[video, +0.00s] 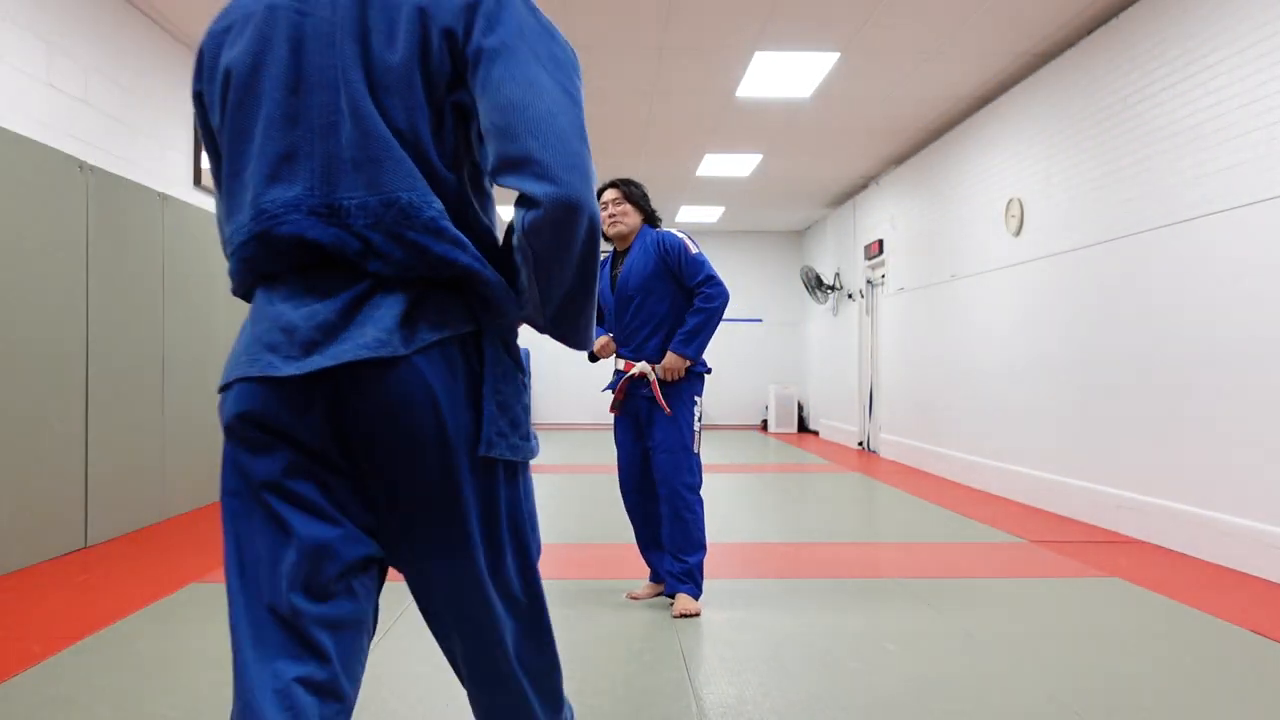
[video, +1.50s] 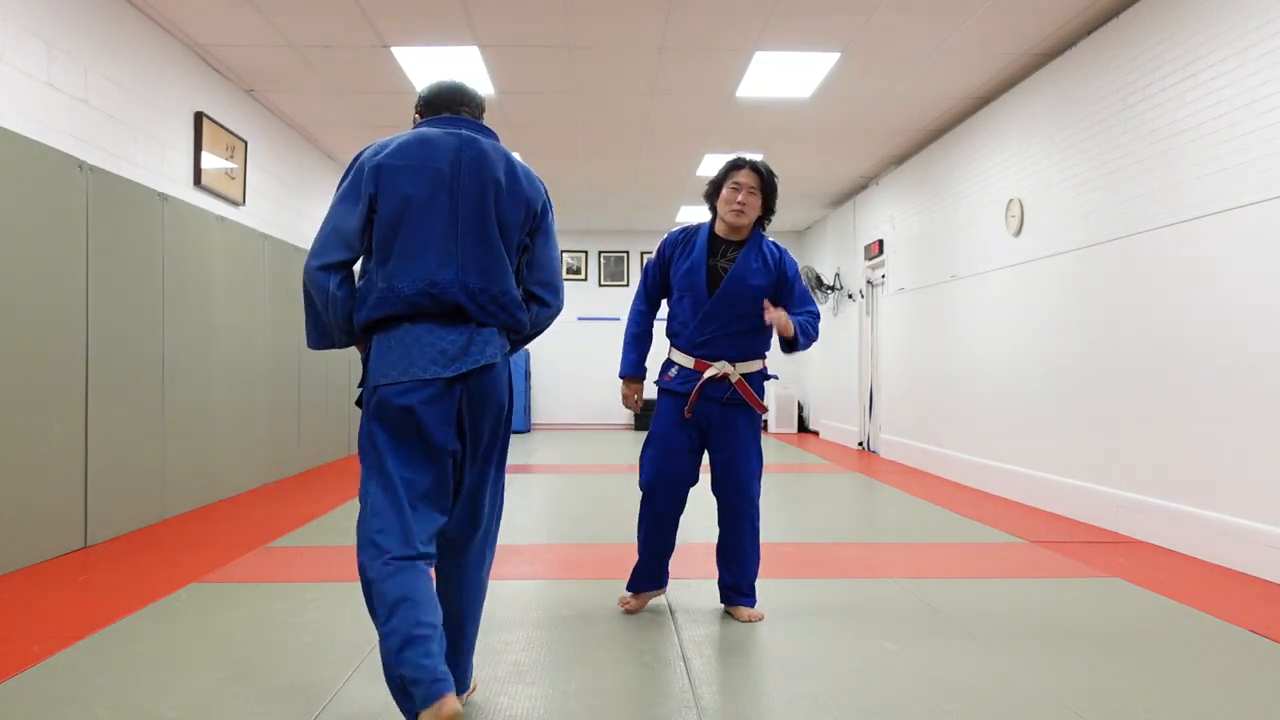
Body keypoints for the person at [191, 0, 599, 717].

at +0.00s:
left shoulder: (232, 24)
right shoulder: (481, 8)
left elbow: (243, 218)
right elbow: (560, 194)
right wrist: (552, 312)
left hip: (273, 363)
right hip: (433, 355)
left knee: (285, 678)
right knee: (508, 666)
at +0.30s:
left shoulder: (359, 55)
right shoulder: (577, 52)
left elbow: (303, 226)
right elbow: (662, 220)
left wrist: (348, 339)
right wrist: (610, 261)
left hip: (395, 354)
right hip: (530, 359)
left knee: (383, 599)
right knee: (545, 611)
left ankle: (366, 717)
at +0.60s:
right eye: (528, 26)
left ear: (456, 28)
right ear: (532, 27)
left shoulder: (390, 96)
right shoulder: (584, 88)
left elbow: (329, 251)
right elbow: (661, 234)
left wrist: (390, 337)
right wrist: (592, 305)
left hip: (427, 358)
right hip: (545, 353)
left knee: (433, 574)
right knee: (546, 579)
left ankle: (428, 709)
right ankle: (552, 714)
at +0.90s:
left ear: (414, 69)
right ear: (487, 65)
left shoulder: (361, 128)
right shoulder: (532, 115)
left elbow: (325, 266)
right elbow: (597, 243)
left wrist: (373, 348)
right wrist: (541, 303)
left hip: (398, 367)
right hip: (503, 359)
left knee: (423, 564)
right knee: (548, 551)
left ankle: (443, 714)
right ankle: (558, 710)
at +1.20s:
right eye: (473, 88)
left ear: (406, 92)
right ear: (475, 92)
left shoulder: (356, 139)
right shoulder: (514, 142)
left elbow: (312, 264)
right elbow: (561, 266)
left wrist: (362, 331)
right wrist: (517, 324)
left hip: (394, 359)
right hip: (488, 355)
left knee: (412, 538)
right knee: (499, 521)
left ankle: (435, 709)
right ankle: (501, 695)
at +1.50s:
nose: (410, 124)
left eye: (413, 116)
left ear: (419, 117)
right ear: (482, 120)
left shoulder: (382, 158)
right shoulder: (522, 177)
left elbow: (324, 265)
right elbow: (547, 293)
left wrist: (359, 332)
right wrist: (497, 336)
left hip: (403, 363)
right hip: (488, 365)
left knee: (394, 535)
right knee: (470, 530)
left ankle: (432, 695)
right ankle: (452, 684)